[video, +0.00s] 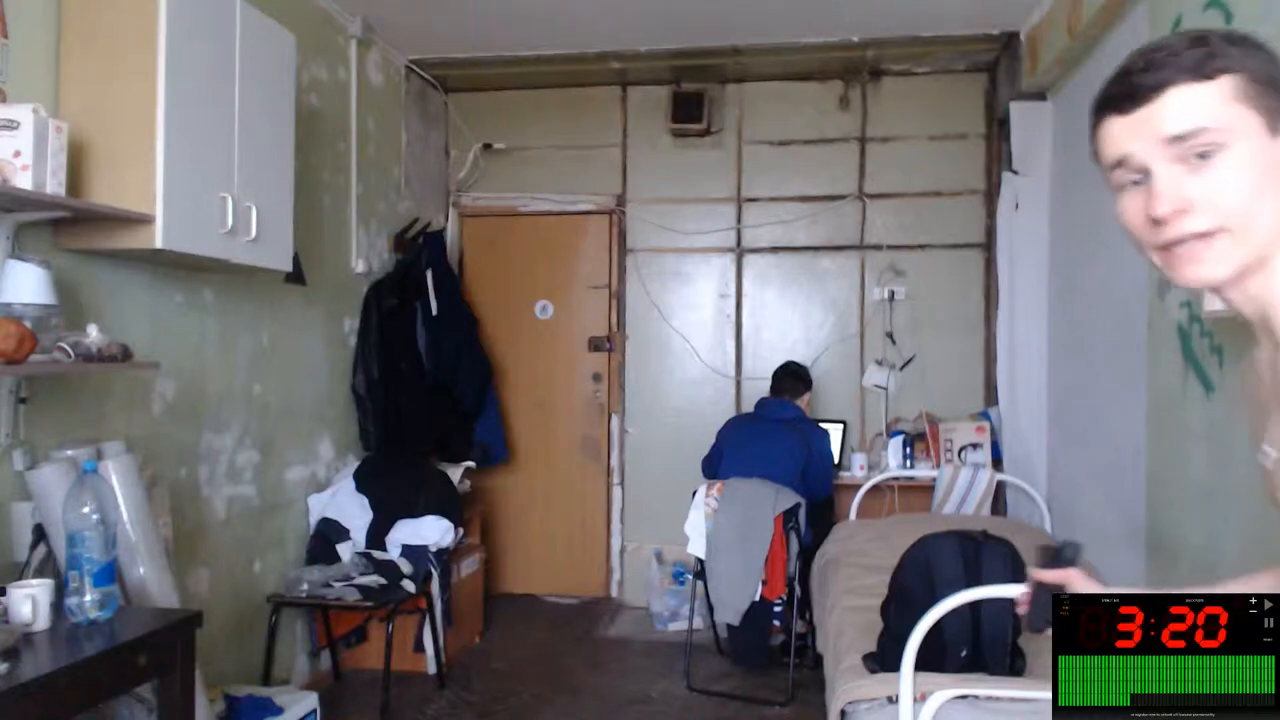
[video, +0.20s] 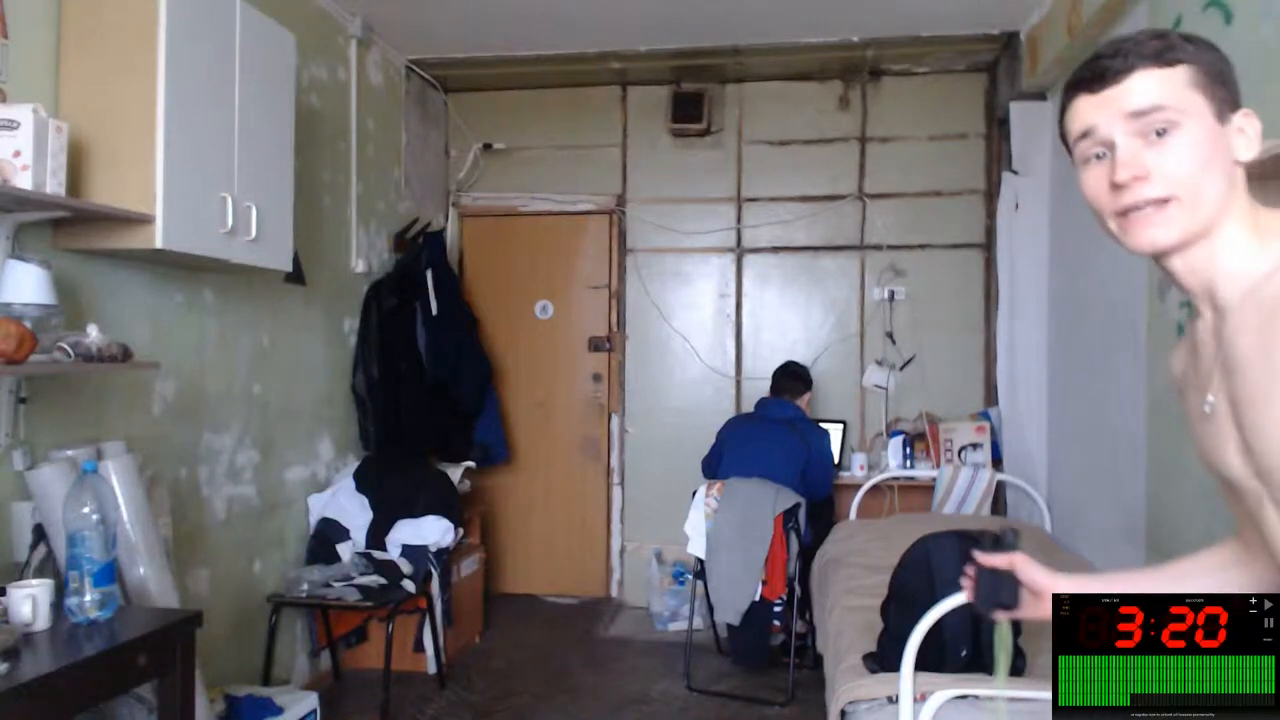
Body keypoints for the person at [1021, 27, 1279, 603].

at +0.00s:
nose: (1161, 205)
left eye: (1201, 155)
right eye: (1130, 179)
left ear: (1279, 144)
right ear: (1116, 204)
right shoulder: (1260, 373)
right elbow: (1278, 582)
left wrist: (1132, 614)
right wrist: (1122, 610)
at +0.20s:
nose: (1123, 171)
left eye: (1157, 131)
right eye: (1096, 153)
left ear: (1242, 136)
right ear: (1082, 185)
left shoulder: (1266, 306)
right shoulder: (1190, 363)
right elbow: (1265, 557)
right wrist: (1070, 593)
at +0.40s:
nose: (1117, 135)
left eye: (1152, 97)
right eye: (1087, 115)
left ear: (1226, 109)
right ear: (1071, 149)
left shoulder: (1268, 250)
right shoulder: (1156, 332)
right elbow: (1224, 530)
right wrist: (1012, 534)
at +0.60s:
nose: (1113, 112)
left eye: (1148, 77)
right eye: (1085, 95)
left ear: (1218, 94)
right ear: (1063, 130)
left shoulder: (1271, 223)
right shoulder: (1137, 314)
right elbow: (1167, 519)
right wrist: (972, 484)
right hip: (1244, 594)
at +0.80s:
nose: (1078, 112)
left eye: (1118, 78)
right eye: (1055, 90)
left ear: (1194, 94)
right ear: (1038, 117)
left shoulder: (1255, 240)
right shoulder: (1120, 297)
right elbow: (1129, 511)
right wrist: (962, 483)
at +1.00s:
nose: (1026, 136)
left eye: (1070, 101)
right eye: (1011, 110)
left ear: (1159, 116)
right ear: (996, 129)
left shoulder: (1162, 300)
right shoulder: (1078, 287)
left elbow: (1142, 579)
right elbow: (1057, 527)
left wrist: (856, 585)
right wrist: (909, 485)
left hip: (1067, 696)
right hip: (1010, 688)